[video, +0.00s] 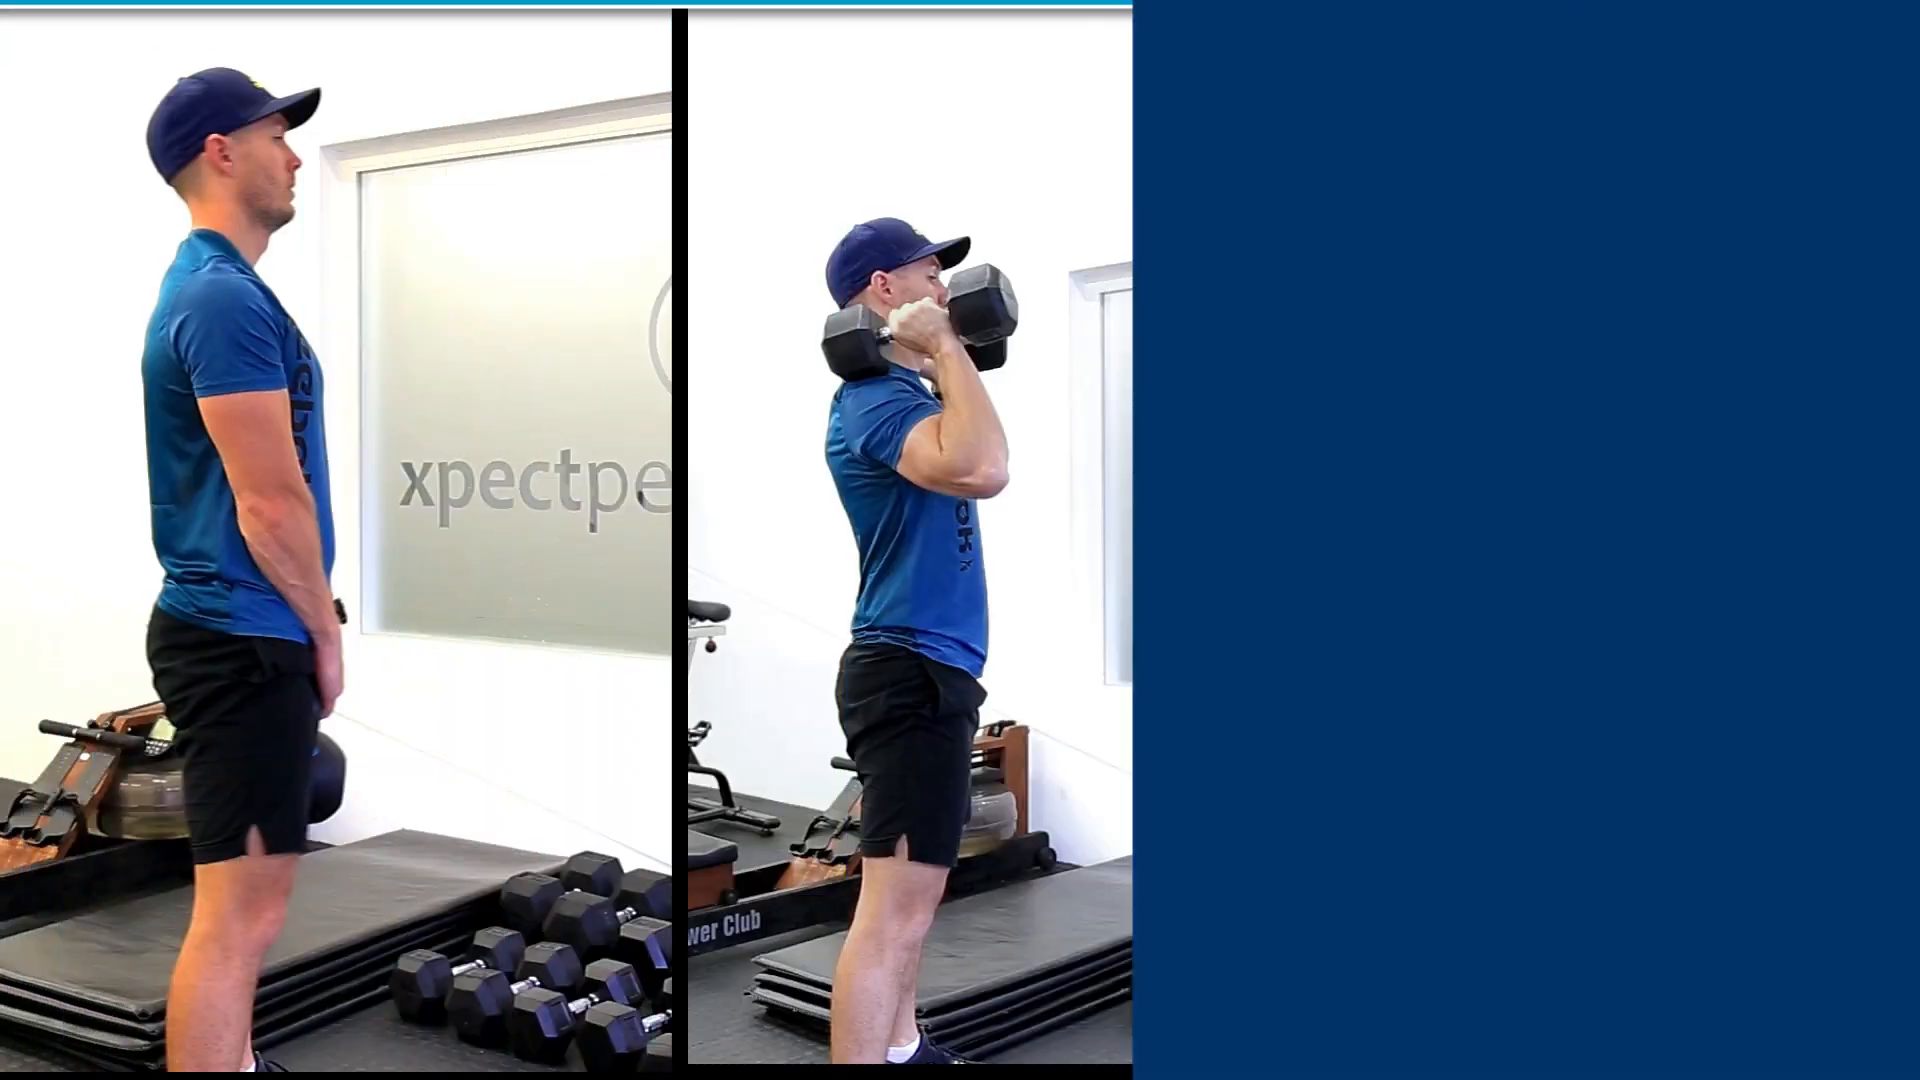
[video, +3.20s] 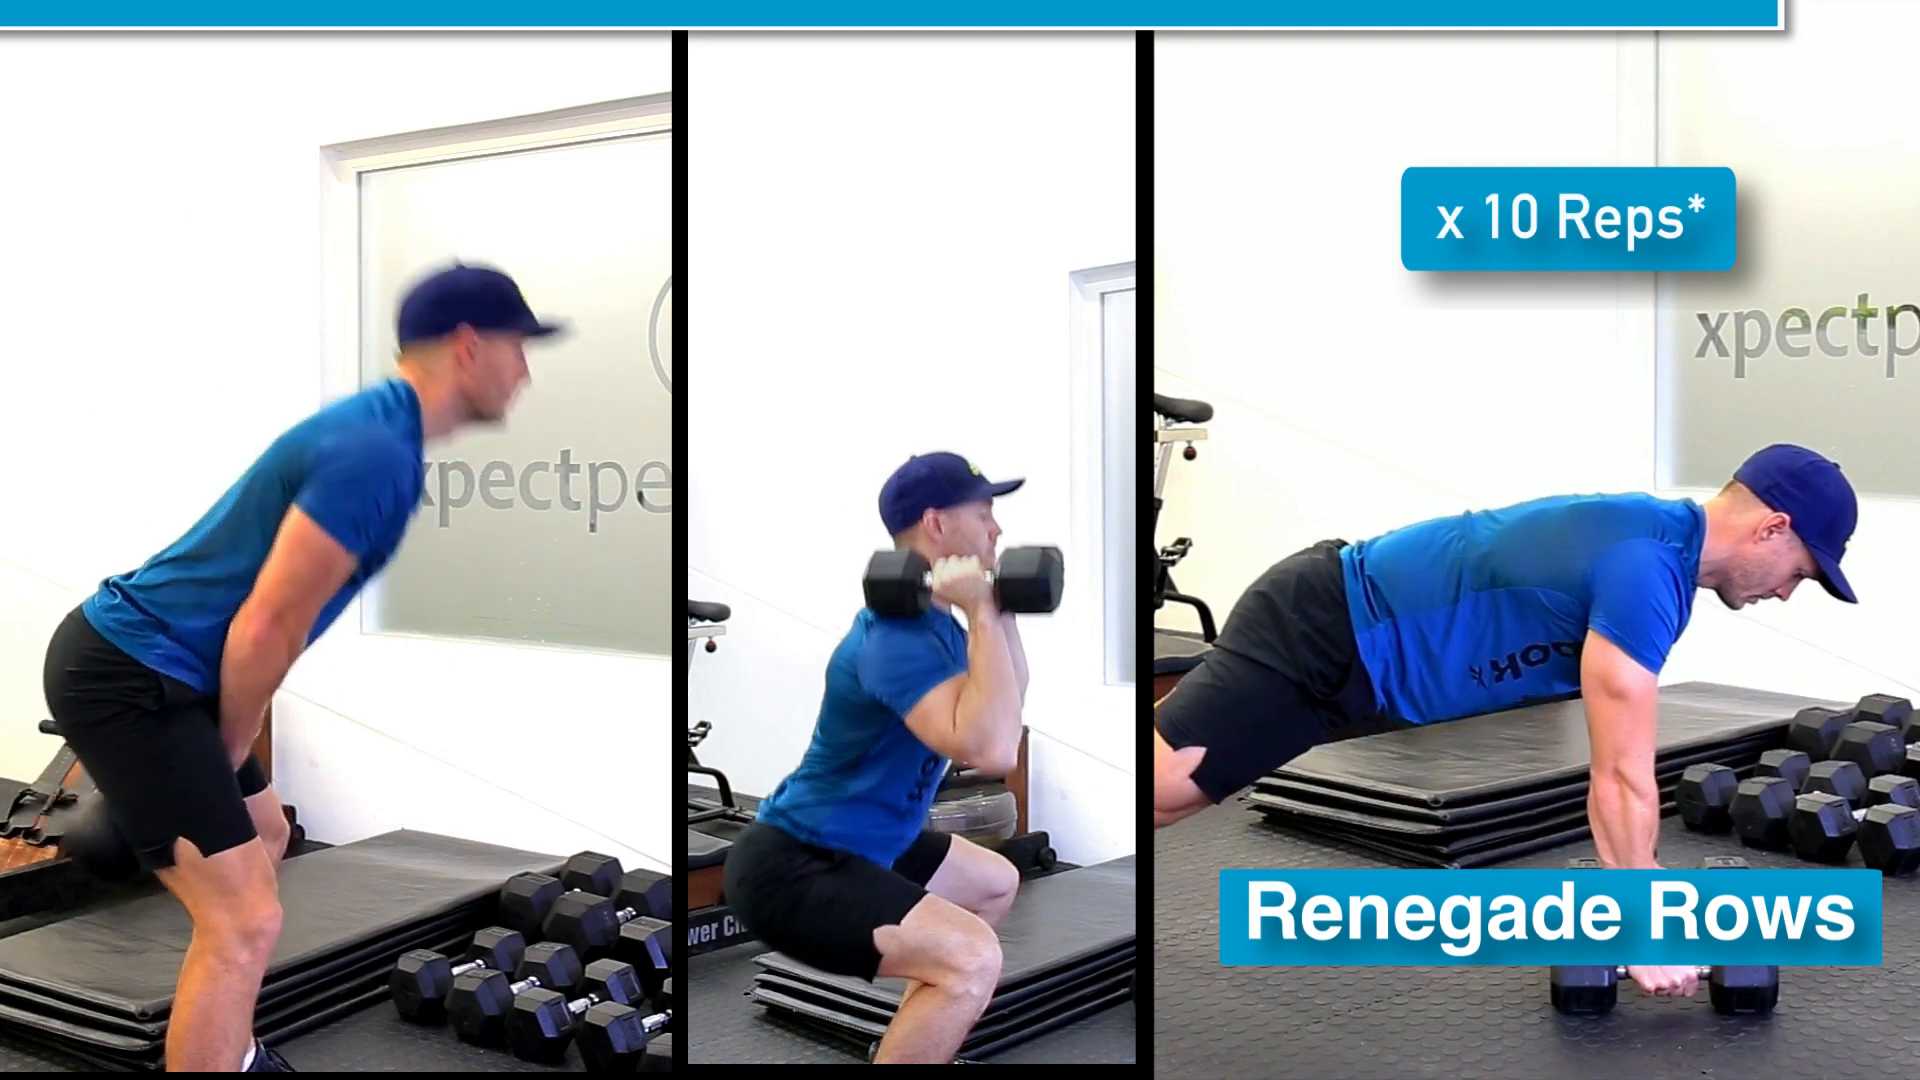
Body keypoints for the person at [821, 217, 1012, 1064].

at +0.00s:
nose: (943, 283)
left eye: (939, 270)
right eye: (930, 272)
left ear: (882, 292)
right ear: (883, 288)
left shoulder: (899, 396)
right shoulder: (871, 402)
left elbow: (981, 470)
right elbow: (978, 467)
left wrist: (949, 354)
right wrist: (945, 347)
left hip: (934, 673)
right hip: (906, 673)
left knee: (914, 898)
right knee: (893, 910)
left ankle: (898, 1047)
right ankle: (861, 1063)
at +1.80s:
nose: (975, 374)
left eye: (974, 360)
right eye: (965, 360)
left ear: (912, 374)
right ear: (919, 369)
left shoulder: (916, 476)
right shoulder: (891, 482)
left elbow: (992, 548)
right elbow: (1003, 555)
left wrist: (973, 428)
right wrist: (967, 426)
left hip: (868, 742)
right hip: (820, 750)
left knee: (977, 871)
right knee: (950, 944)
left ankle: (913, 1034)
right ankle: (893, 1055)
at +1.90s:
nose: (976, 397)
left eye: (975, 383)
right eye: (967, 383)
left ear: (914, 393)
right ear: (921, 388)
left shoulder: (918, 494)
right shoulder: (891, 501)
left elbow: (984, 566)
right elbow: (1004, 575)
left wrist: (970, 444)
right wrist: (966, 445)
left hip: (868, 754)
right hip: (815, 763)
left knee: (979, 874)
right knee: (953, 948)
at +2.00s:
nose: (981, 434)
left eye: (980, 421)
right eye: (972, 420)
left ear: (921, 428)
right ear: (926, 424)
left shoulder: (926, 527)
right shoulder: (890, 536)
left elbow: (999, 608)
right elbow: (1005, 618)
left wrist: (976, 489)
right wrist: (970, 487)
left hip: (865, 779)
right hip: (805, 793)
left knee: (986, 878)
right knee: (960, 952)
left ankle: (915, 1034)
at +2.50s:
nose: (997, 527)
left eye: (993, 511)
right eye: (985, 511)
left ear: (939, 526)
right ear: (939, 524)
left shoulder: (938, 621)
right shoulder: (896, 633)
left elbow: (1006, 715)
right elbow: (1000, 741)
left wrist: (989, 597)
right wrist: (979, 601)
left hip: (852, 840)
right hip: (789, 864)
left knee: (993, 882)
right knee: (968, 956)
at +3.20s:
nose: (997, 528)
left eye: (991, 512)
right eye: (983, 511)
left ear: (938, 529)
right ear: (935, 526)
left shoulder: (938, 625)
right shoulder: (894, 636)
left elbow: (1004, 724)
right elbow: (990, 750)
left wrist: (997, 609)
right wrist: (984, 612)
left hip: (863, 840)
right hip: (794, 863)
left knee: (996, 882)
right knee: (971, 959)